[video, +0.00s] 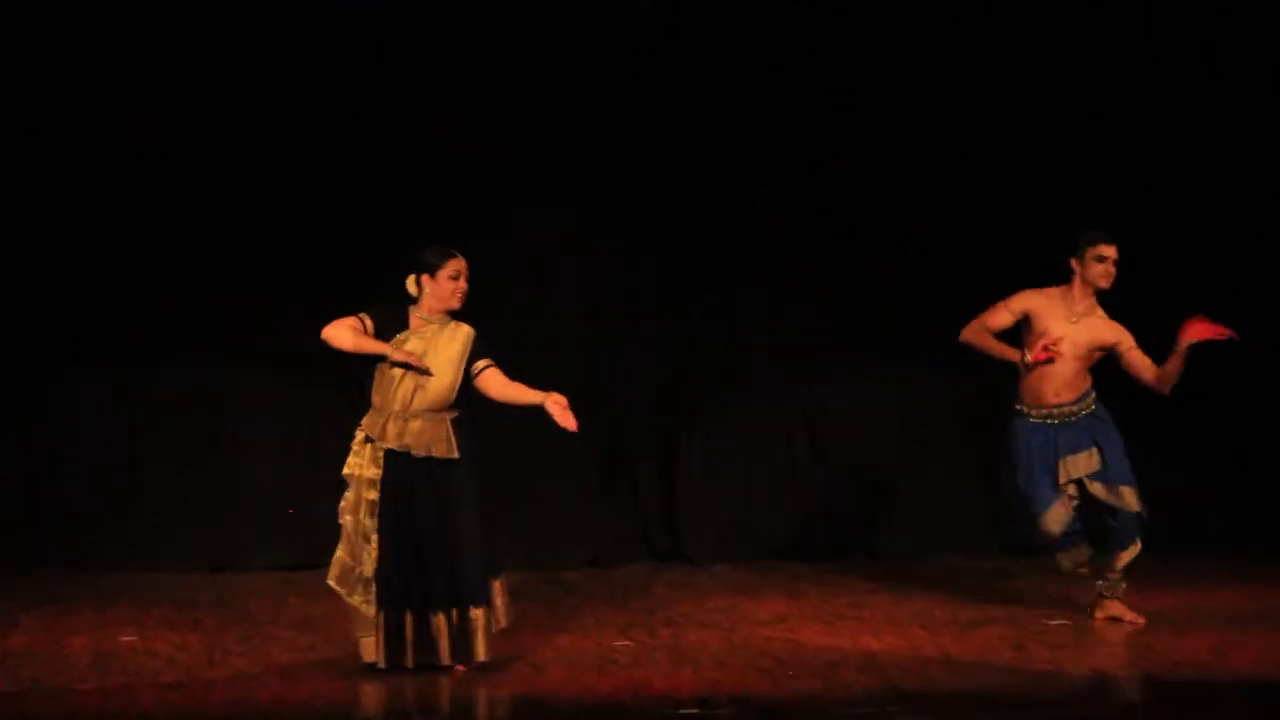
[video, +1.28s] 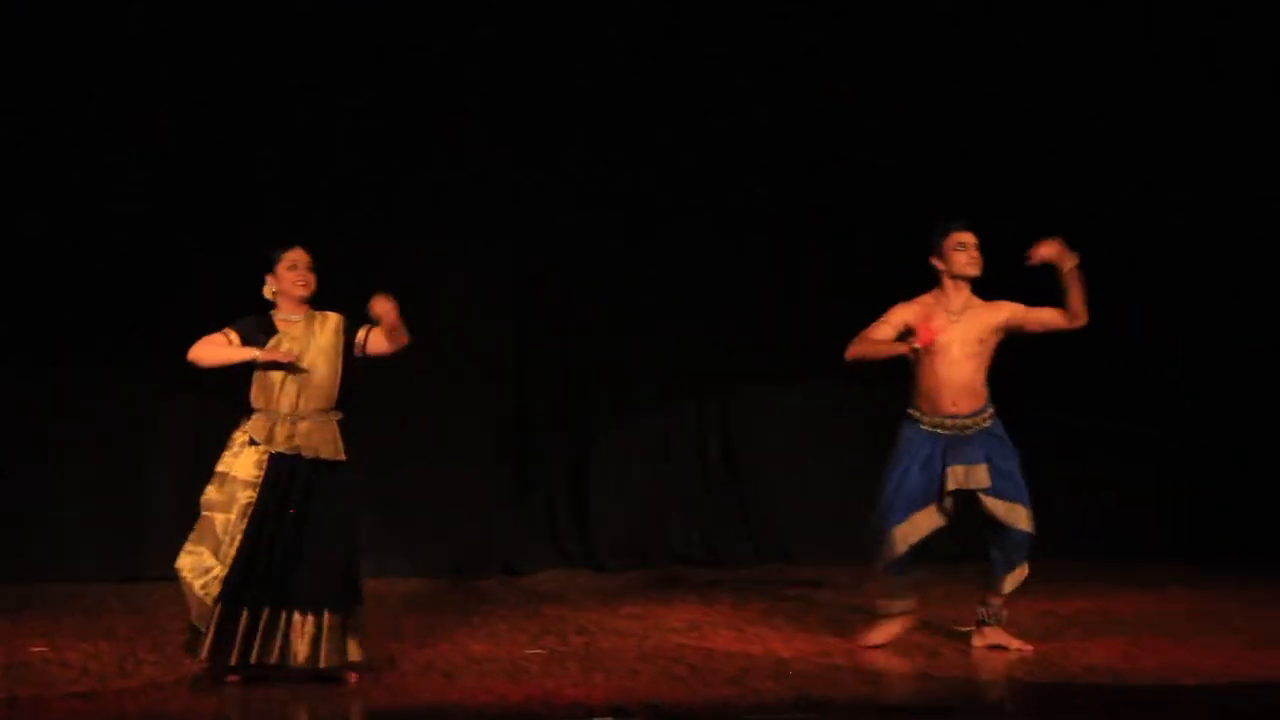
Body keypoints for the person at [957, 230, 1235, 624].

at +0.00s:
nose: (1110, 269)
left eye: (1114, 262)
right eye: (1101, 261)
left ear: (1115, 268)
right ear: (1076, 264)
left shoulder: (1108, 330)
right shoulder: (1034, 302)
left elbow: (1160, 382)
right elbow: (971, 334)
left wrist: (1182, 347)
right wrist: (1020, 357)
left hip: (1085, 419)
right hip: (1034, 424)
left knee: (1121, 506)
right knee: (1053, 521)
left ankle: (1109, 598)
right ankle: (1087, 575)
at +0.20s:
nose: (1074, 272)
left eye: (1081, 265)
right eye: (1065, 264)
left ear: (1087, 270)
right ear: (1046, 267)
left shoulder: (1097, 324)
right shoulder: (1016, 317)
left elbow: (1168, 360)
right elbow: (969, 372)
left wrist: (1143, 350)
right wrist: (1012, 369)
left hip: (1083, 424)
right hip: (1028, 427)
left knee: (1120, 509)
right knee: (1000, 500)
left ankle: (1105, 603)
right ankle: (1025, 595)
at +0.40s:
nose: (1000, 265)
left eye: (1009, 257)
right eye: (993, 257)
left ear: (1025, 263)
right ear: (984, 261)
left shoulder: (1050, 306)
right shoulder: (973, 320)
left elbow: (1123, 319)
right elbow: (951, 378)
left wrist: (1095, 350)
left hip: (1041, 421)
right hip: (989, 423)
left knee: (1088, 504)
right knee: (971, 509)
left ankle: (1054, 590)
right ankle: (978, 612)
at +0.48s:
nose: (972, 270)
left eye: (982, 263)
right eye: (966, 263)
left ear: (1000, 268)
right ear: (959, 269)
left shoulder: (1028, 308)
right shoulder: (952, 328)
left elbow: (1103, 313)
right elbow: (932, 380)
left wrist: (1073, 346)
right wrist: (902, 384)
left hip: (1020, 428)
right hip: (970, 428)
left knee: (1059, 512)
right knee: (954, 516)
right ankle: (969, 615)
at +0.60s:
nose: (937, 273)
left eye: (946, 265)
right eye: (930, 267)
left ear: (966, 270)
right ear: (924, 274)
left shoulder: (1002, 305)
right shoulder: (926, 332)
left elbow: (1074, 305)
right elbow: (897, 369)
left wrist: (1042, 342)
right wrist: (863, 390)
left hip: (993, 429)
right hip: (946, 427)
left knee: (999, 520)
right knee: (939, 518)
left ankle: (903, 590)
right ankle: (957, 615)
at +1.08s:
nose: (940, 270)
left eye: (946, 262)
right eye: (930, 263)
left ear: (957, 269)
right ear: (916, 272)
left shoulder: (985, 317)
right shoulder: (901, 331)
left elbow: (1059, 329)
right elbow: (871, 385)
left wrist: (1025, 341)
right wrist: (864, 360)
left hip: (968, 436)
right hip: (916, 433)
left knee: (1028, 501)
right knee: (886, 522)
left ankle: (959, 572)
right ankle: (882, 625)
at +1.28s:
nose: (973, 256)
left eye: (976, 249)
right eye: (961, 249)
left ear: (981, 260)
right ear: (938, 261)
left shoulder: (997, 313)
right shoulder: (914, 312)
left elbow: (1075, 318)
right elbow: (856, 350)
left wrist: (1067, 266)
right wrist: (907, 346)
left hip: (981, 431)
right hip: (924, 430)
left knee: (1014, 522)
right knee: (896, 521)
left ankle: (990, 625)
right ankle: (899, 609)